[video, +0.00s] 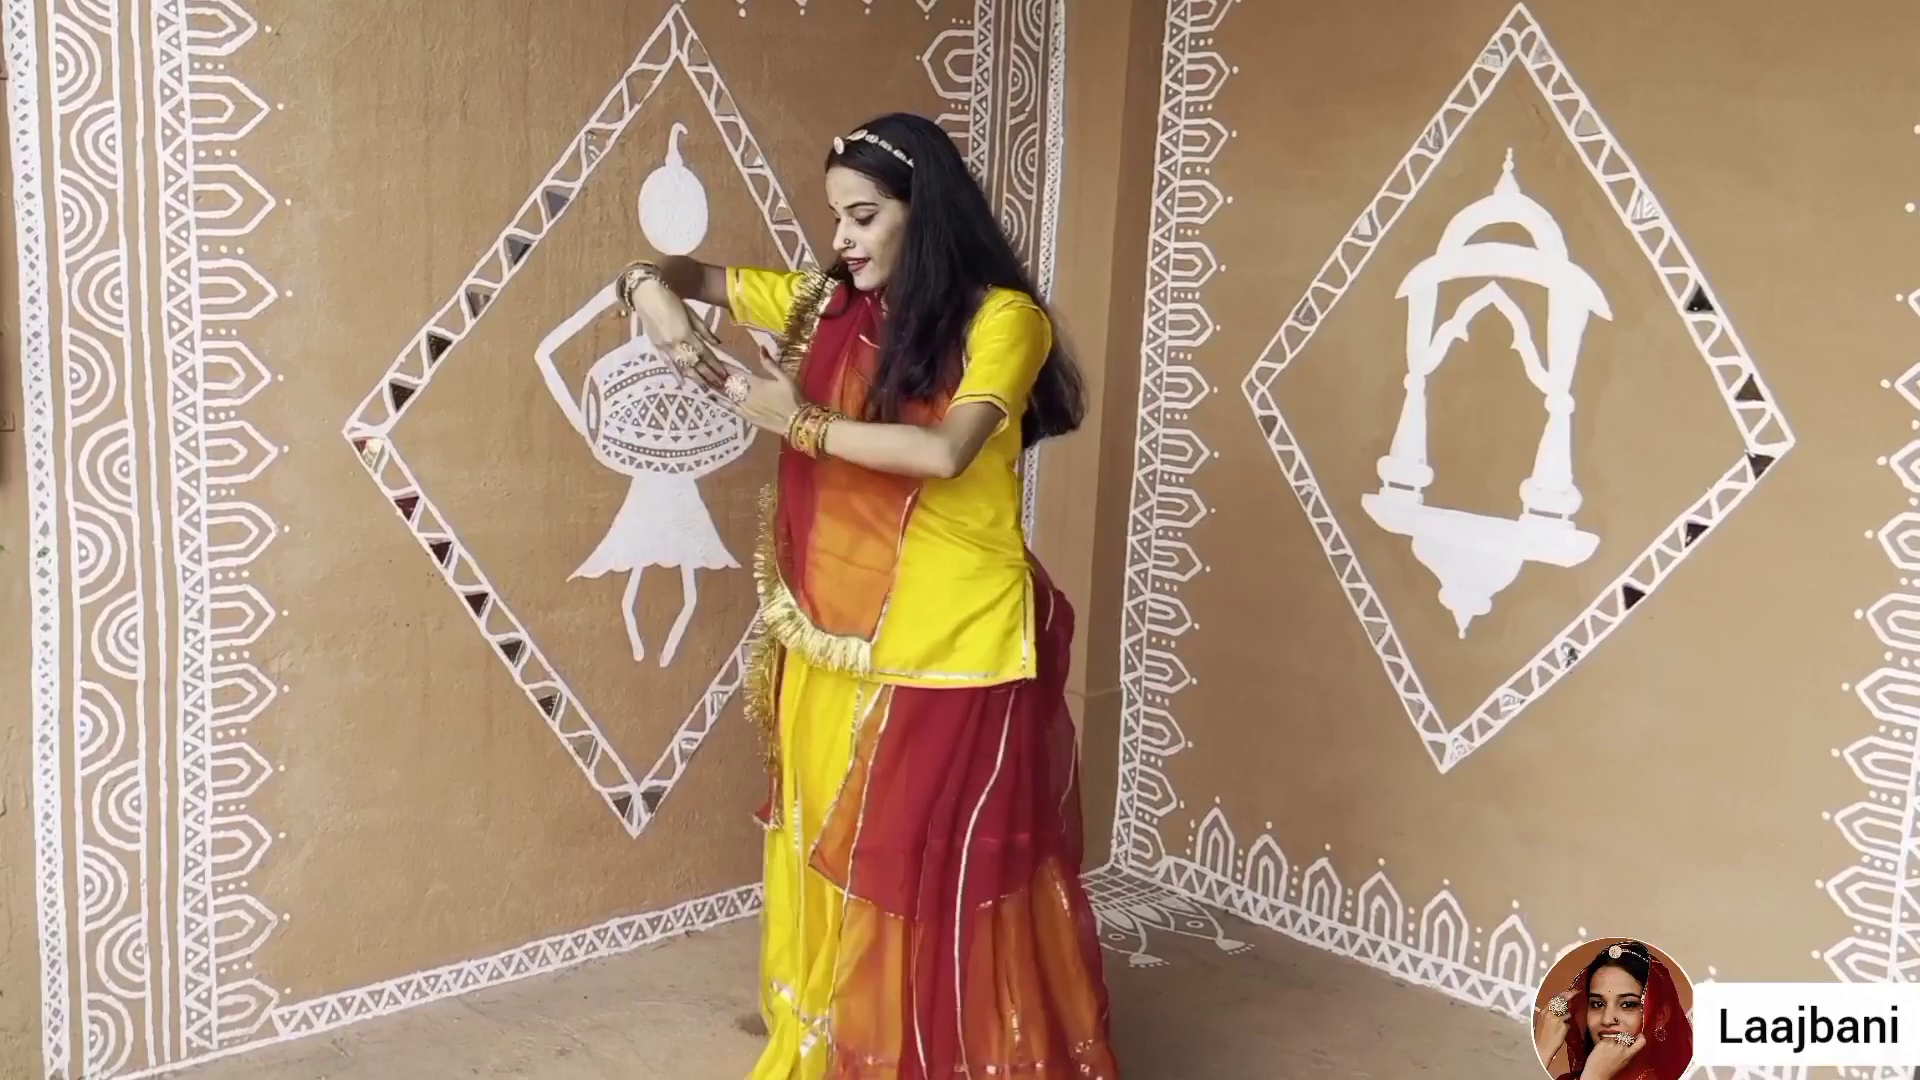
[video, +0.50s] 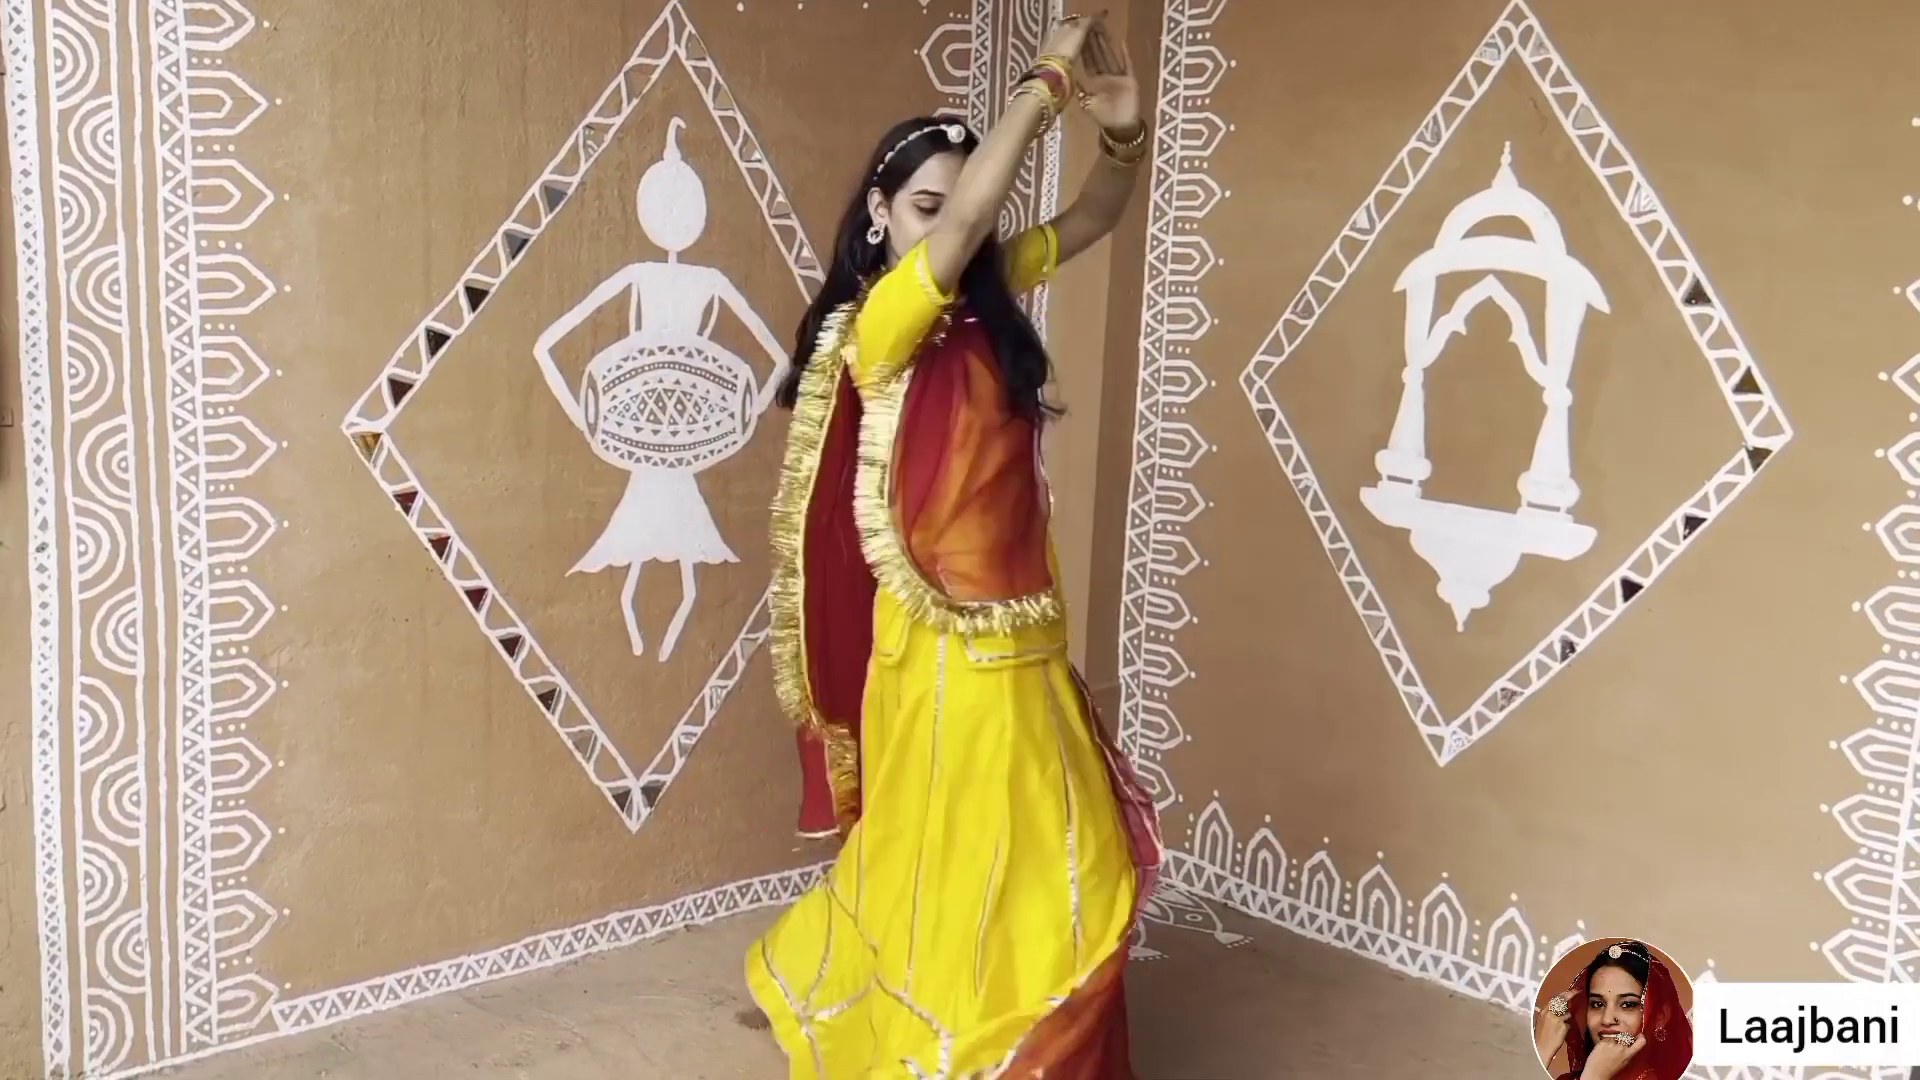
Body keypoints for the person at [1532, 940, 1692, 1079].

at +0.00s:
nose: (1608, 1019)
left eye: (1627, 1004)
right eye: (1597, 1004)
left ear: (1658, 1014)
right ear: (1586, 1011)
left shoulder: (1663, 1076)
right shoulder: (1566, 1078)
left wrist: (1595, 1075)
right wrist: (1539, 1055)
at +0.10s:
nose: (1608, 1019)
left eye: (1627, 1005)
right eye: (1597, 1004)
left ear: (1658, 1014)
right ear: (1585, 1011)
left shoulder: (1660, 1076)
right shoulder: (1567, 1078)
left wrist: (1595, 1076)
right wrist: (1538, 1056)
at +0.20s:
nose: (1608, 1019)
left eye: (1627, 1005)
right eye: (1597, 1004)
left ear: (1658, 1014)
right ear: (1585, 1011)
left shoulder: (1661, 1076)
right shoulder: (1567, 1078)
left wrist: (1595, 1076)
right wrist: (1538, 1055)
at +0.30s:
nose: (1608, 1019)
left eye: (1627, 1005)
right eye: (1597, 1004)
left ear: (1658, 1014)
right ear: (1586, 1011)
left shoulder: (1661, 1076)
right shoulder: (1566, 1078)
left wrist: (1595, 1076)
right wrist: (1538, 1055)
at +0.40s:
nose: (1607, 1019)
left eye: (1627, 1005)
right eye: (1597, 1004)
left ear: (1658, 1013)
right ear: (1586, 1011)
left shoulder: (1664, 1076)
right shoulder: (1567, 1077)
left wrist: (1596, 1075)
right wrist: (1538, 1056)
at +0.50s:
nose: (1607, 1019)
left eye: (1627, 1005)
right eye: (1597, 1004)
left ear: (1658, 1013)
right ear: (1586, 1011)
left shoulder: (1664, 1076)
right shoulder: (1567, 1077)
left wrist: (1596, 1075)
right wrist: (1538, 1056)